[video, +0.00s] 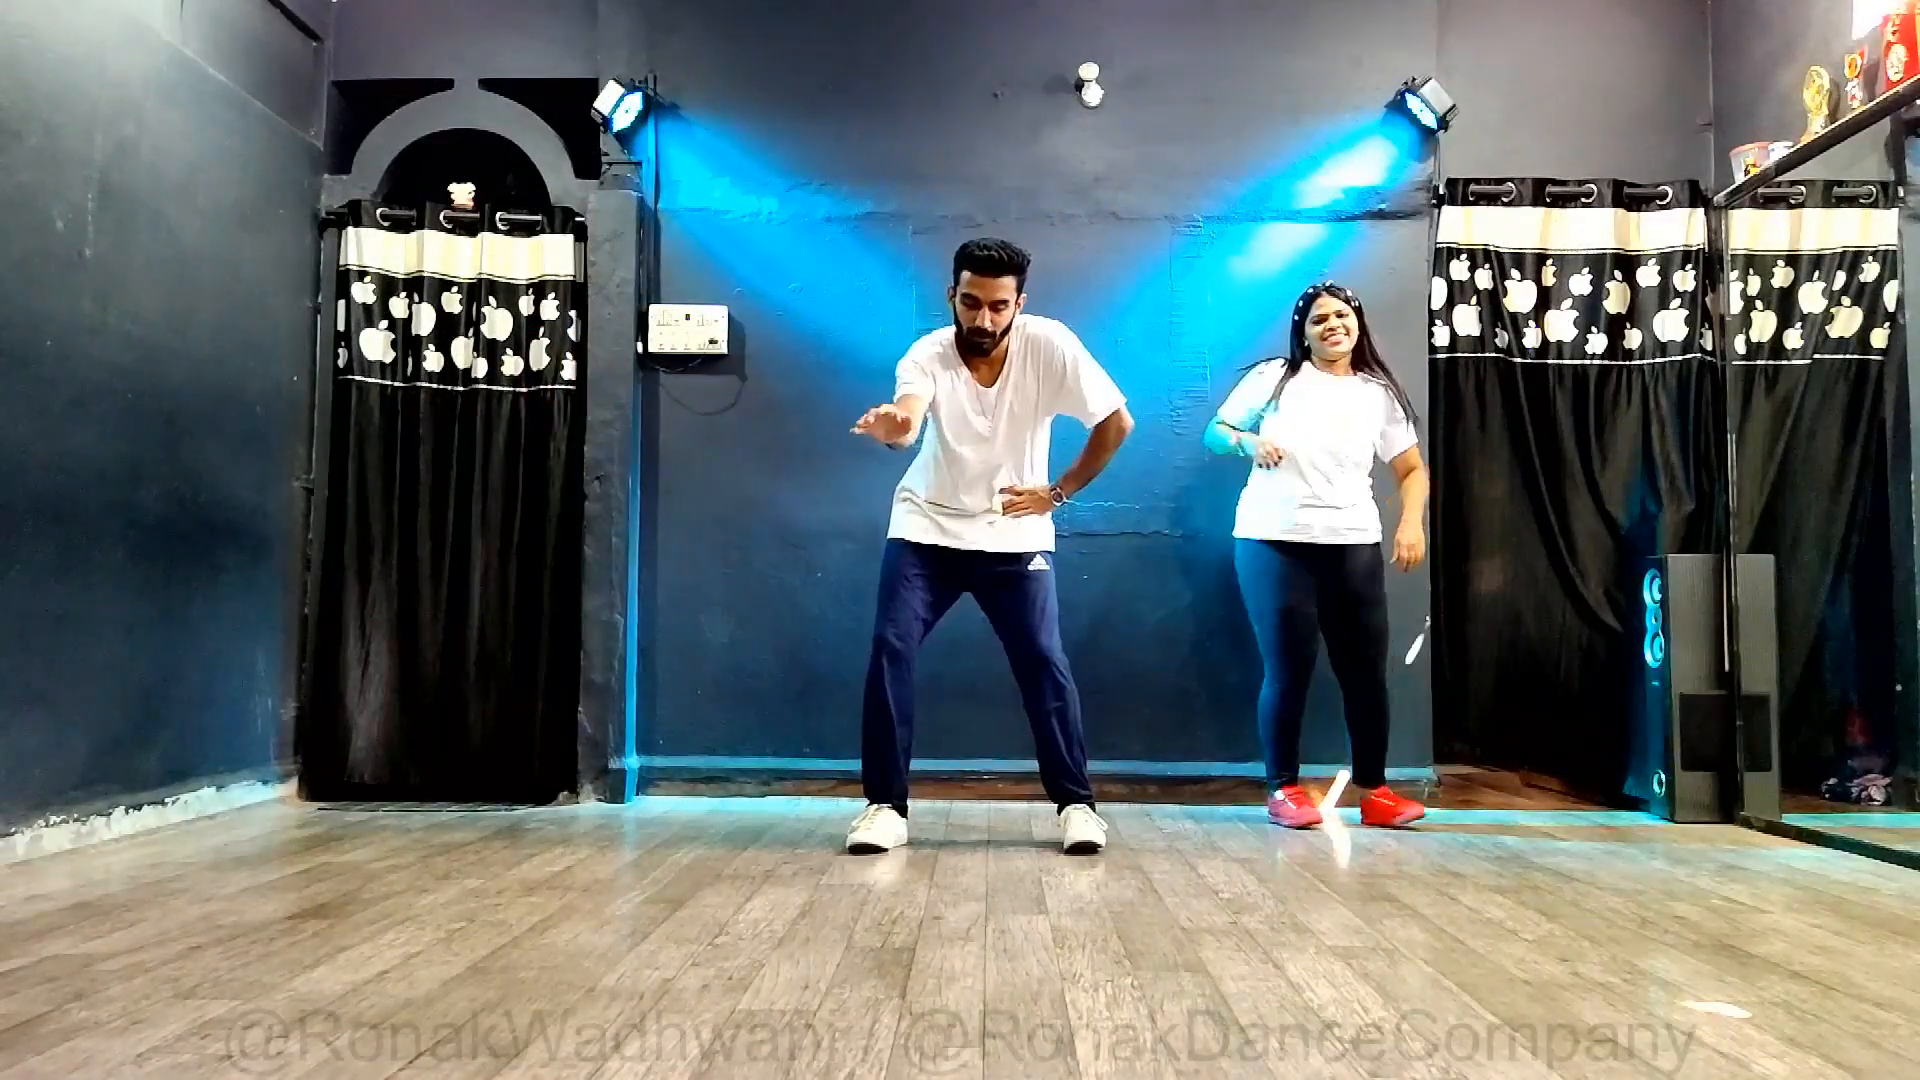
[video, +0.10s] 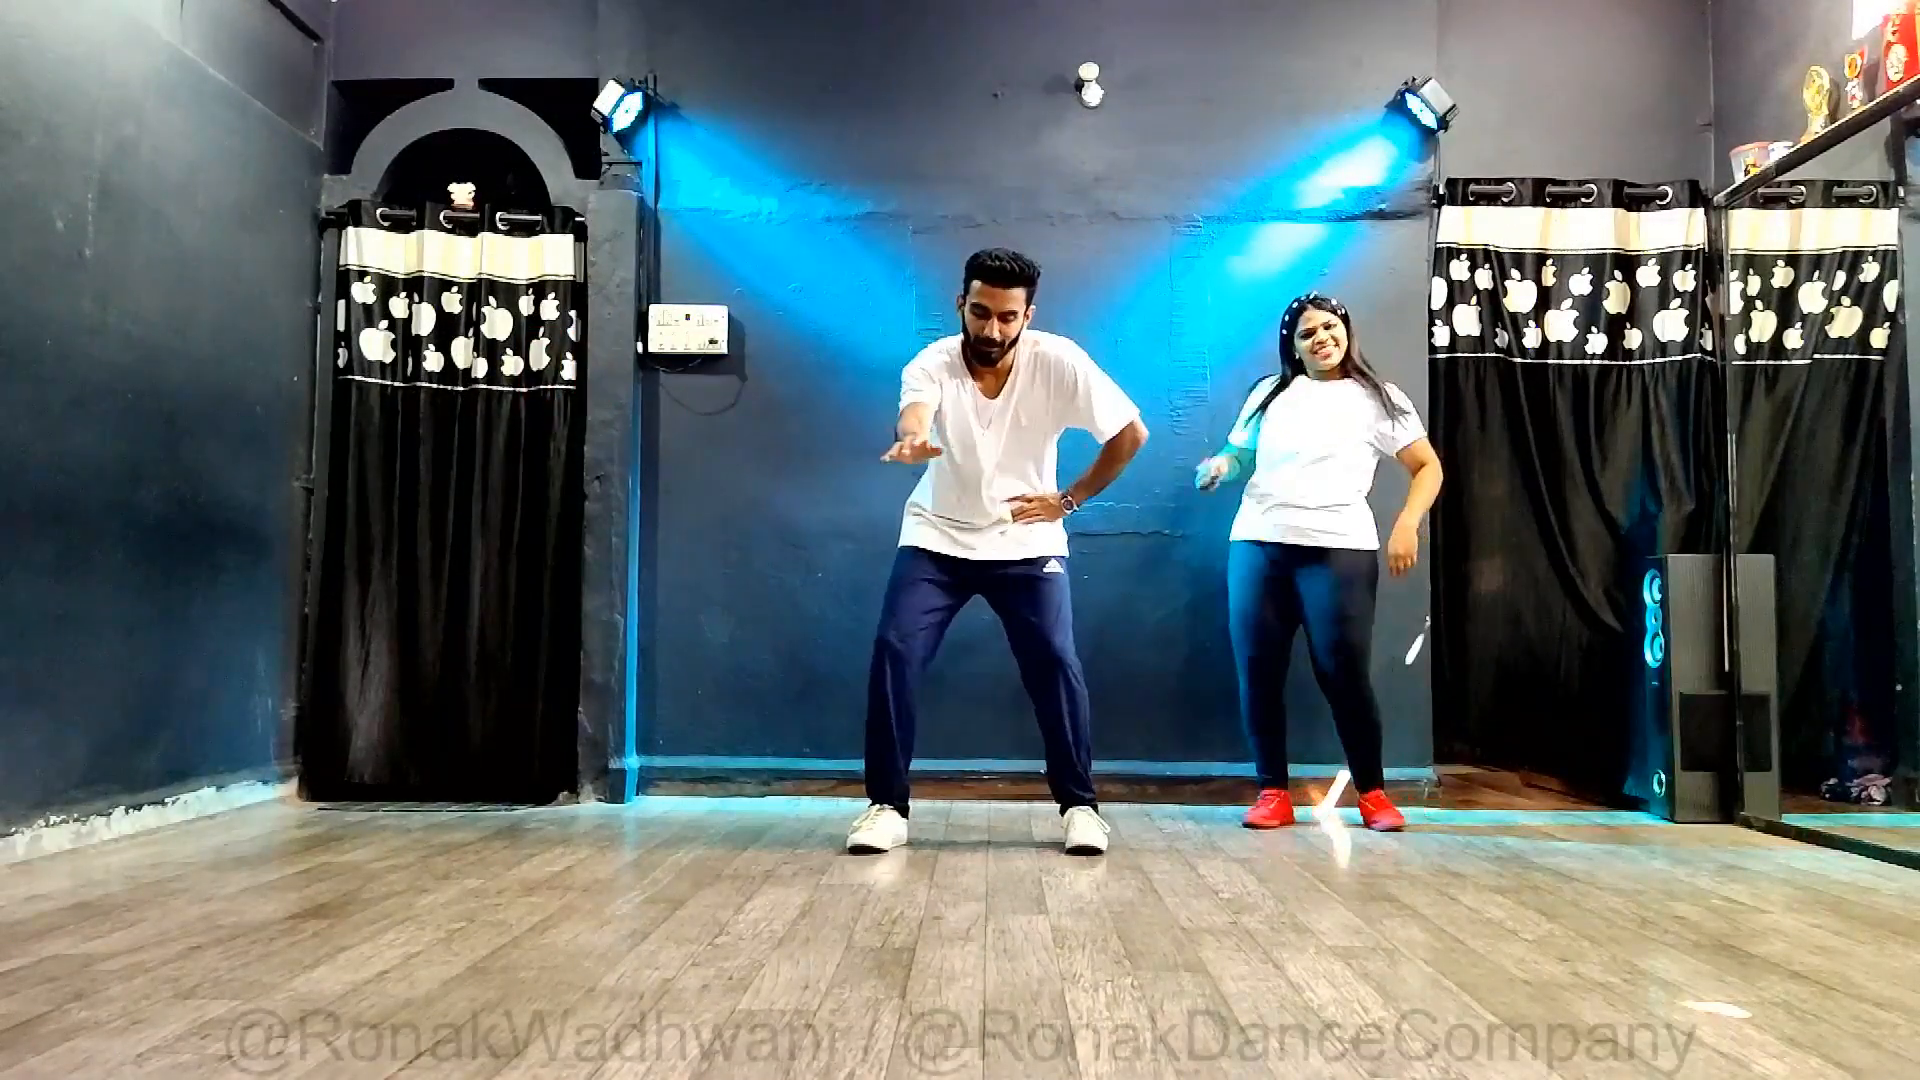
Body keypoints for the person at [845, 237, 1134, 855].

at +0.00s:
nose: (984, 319)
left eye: (999, 306)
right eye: (972, 303)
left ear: (1019, 302)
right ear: (954, 296)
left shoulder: (1049, 344)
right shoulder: (927, 356)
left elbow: (1116, 423)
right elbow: (906, 417)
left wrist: (1059, 492)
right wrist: (892, 428)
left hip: (1014, 525)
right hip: (928, 520)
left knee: (1044, 657)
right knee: (892, 643)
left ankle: (1075, 804)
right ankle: (885, 807)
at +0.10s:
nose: (992, 329)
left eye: (1007, 316)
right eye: (982, 313)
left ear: (1027, 313)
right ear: (962, 305)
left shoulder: (1057, 361)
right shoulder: (931, 366)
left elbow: (1129, 434)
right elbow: (915, 408)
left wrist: (1070, 499)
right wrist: (914, 438)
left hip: (1027, 536)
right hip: (938, 531)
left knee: (1055, 656)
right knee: (896, 646)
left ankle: (1079, 805)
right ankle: (886, 806)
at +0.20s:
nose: (1002, 333)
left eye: (1017, 320)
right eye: (991, 317)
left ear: (1036, 320)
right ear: (971, 309)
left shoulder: (1067, 373)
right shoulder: (935, 368)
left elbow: (1139, 439)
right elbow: (915, 431)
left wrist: (1075, 502)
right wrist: (926, 444)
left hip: (1034, 542)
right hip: (943, 537)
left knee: (1062, 656)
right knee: (900, 650)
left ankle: (1080, 805)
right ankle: (888, 806)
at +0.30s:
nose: (1015, 340)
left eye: (1030, 327)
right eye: (1004, 323)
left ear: (1047, 327)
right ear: (984, 314)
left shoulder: (1072, 386)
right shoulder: (942, 370)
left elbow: (1148, 445)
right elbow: (916, 438)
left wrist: (1079, 506)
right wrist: (939, 431)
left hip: (1042, 547)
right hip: (950, 545)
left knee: (1072, 655)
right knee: (905, 651)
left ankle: (1082, 806)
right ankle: (891, 807)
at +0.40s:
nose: (1015, 336)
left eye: (1031, 324)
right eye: (1004, 320)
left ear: (1047, 324)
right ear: (983, 312)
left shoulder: (1068, 385)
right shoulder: (940, 363)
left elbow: (1145, 444)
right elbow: (923, 408)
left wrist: (1077, 504)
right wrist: (935, 423)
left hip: (1040, 549)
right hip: (947, 547)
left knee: (1073, 656)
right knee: (904, 652)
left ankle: (1082, 804)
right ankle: (890, 806)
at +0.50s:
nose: (1025, 308)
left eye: (1033, 296)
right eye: (1011, 295)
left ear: (1039, 296)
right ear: (975, 292)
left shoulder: (1054, 357)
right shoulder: (926, 340)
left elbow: (1129, 424)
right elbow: (917, 399)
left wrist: (1067, 488)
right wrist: (916, 460)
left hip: (1024, 534)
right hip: (938, 532)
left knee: (1054, 655)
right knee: (904, 649)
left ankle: (1080, 805)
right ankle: (889, 806)